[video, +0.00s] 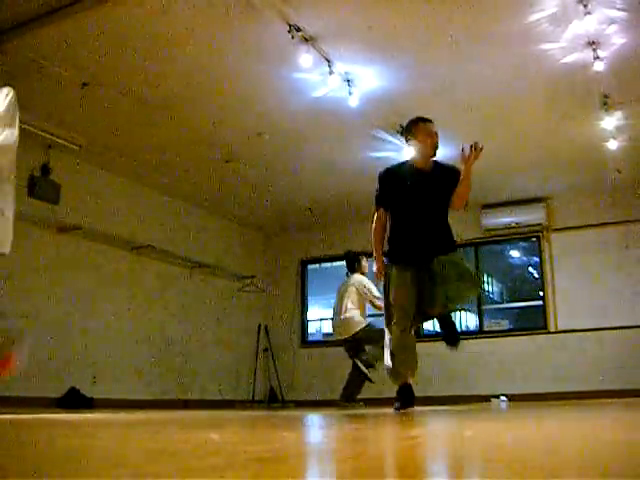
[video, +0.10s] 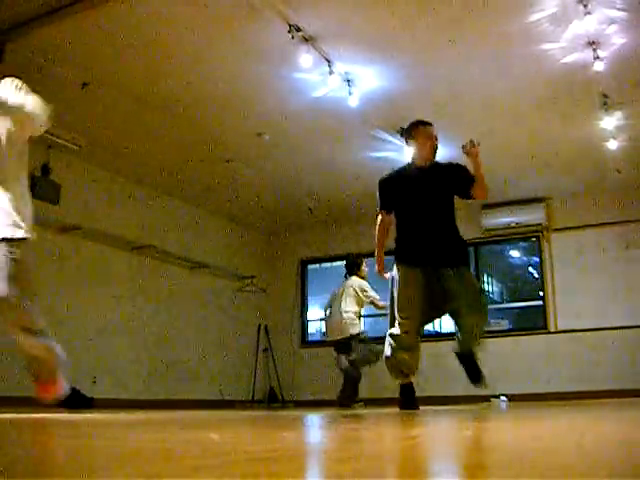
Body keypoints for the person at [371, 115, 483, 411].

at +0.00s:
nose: (436, 137)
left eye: (436, 133)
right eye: (429, 133)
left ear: (435, 140)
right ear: (413, 138)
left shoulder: (447, 173)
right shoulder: (392, 176)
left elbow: (459, 204)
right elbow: (381, 218)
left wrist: (466, 169)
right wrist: (378, 256)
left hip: (439, 252)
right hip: (403, 255)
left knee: (460, 285)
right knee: (400, 322)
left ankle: (442, 313)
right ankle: (404, 386)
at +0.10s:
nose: (434, 142)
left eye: (434, 137)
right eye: (428, 137)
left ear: (433, 142)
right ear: (413, 142)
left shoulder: (448, 172)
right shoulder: (392, 182)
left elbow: (479, 193)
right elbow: (384, 220)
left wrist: (474, 160)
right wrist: (380, 255)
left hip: (449, 256)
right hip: (412, 260)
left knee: (474, 309)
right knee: (407, 325)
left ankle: (466, 349)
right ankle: (406, 385)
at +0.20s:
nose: (438, 156)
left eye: (439, 151)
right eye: (431, 152)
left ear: (440, 155)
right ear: (416, 157)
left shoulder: (456, 187)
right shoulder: (405, 196)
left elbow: (493, 197)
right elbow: (391, 236)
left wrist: (480, 170)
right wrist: (370, 265)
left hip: (456, 270)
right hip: (419, 274)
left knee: (469, 332)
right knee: (409, 337)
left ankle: (486, 386)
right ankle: (407, 393)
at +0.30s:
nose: (446, 163)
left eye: (448, 158)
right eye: (440, 158)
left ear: (453, 160)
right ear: (427, 163)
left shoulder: (469, 189)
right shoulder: (416, 197)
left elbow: (502, 208)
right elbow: (395, 230)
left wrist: (494, 174)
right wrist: (363, 233)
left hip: (465, 276)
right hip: (429, 277)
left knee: (479, 334)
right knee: (422, 313)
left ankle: (486, 389)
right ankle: (408, 381)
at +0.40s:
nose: (463, 185)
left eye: (465, 179)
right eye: (456, 179)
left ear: (469, 181)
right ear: (442, 182)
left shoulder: (481, 209)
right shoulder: (428, 209)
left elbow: (510, 232)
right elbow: (388, 223)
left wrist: (515, 228)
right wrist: (400, 213)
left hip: (472, 283)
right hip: (439, 280)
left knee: (483, 341)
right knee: (439, 295)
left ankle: (486, 393)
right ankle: (423, 350)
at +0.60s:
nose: (506, 214)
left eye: (506, 208)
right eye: (502, 208)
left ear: (492, 211)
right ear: (485, 209)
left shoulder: (484, 238)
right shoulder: (465, 232)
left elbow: (478, 268)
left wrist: (495, 270)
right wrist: (479, 268)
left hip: (470, 299)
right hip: (443, 301)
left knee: (485, 349)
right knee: (451, 352)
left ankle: (486, 392)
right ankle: (455, 381)